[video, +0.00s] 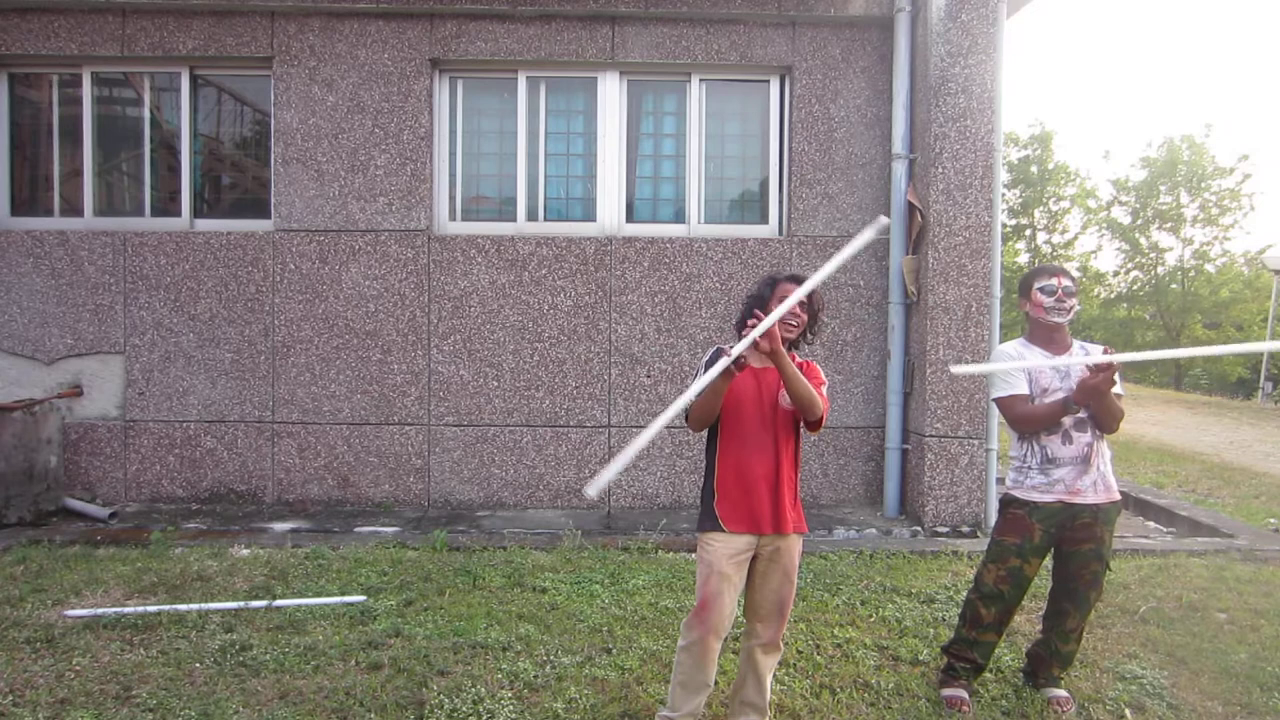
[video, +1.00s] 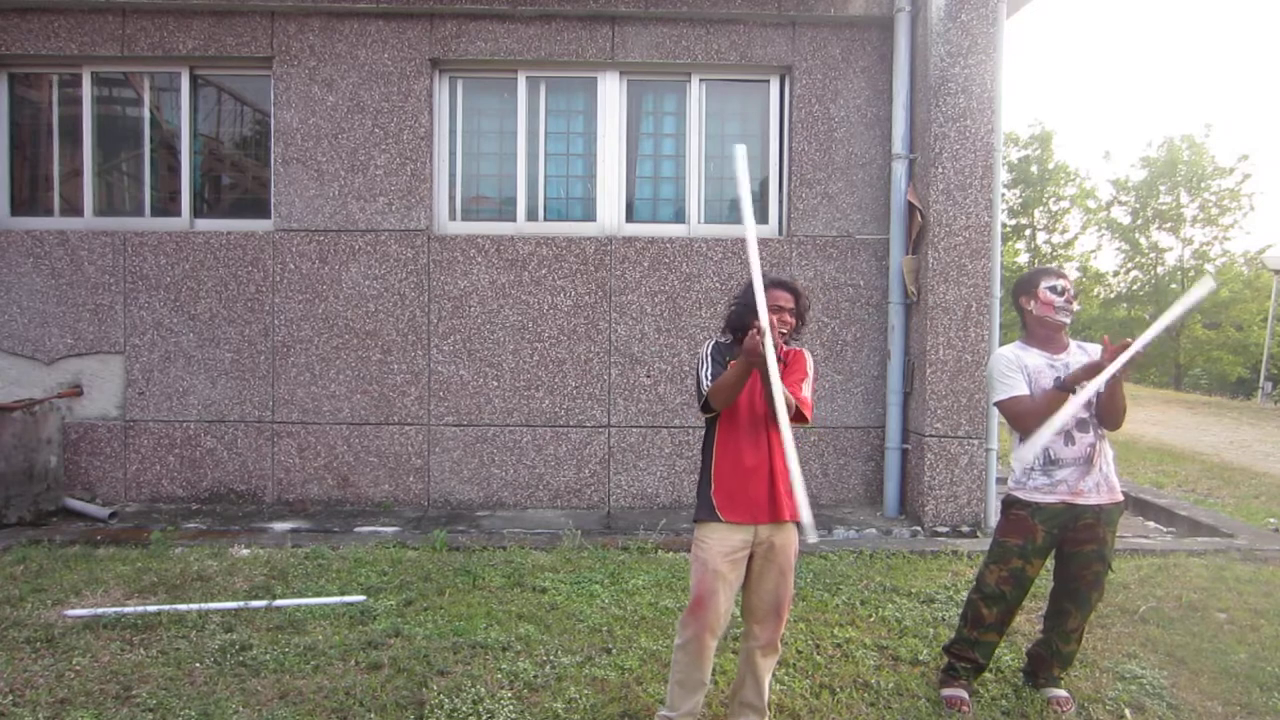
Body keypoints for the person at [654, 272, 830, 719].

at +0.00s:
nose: (794, 312)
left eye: (802, 308)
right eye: (785, 303)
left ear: (808, 320)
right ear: (759, 310)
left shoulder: (807, 369)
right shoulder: (723, 360)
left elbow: (814, 414)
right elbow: (696, 421)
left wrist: (779, 354)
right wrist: (728, 370)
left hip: (784, 520)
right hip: (726, 519)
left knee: (767, 636)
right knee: (708, 622)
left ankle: (749, 714)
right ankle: (678, 713)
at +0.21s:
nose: (801, 319)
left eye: (808, 313)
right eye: (792, 308)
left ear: (812, 325)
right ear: (761, 314)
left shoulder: (806, 368)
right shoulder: (724, 357)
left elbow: (806, 422)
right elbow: (697, 417)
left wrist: (765, 363)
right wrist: (729, 371)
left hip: (783, 519)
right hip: (726, 518)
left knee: (767, 635)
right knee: (708, 622)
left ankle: (749, 714)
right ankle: (678, 713)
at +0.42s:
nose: (802, 326)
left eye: (810, 320)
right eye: (794, 314)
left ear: (814, 329)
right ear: (766, 313)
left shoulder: (807, 369)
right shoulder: (727, 353)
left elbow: (795, 433)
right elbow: (701, 414)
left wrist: (761, 386)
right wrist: (728, 364)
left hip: (781, 517)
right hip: (724, 515)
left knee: (767, 633)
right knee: (708, 619)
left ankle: (749, 714)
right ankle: (679, 713)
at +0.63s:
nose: (795, 318)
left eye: (802, 313)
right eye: (786, 308)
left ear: (807, 322)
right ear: (760, 310)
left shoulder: (806, 365)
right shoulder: (726, 354)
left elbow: (794, 430)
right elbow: (706, 410)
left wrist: (767, 395)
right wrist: (737, 363)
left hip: (780, 515)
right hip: (722, 512)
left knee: (766, 633)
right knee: (704, 618)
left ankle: (749, 714)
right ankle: (677, 713)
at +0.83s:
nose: (779, 315)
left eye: (787, 308)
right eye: (770, 305)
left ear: (794, 319)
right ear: (748, 310)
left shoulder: (800, 358)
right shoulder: (720, 350)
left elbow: (791, 418)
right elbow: (712, 403)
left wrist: (760, 377)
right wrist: (740, 361)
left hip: (780, 516)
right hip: (722, 514)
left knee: (767, 632)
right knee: (704, 619)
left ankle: (749, 714)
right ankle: (678, 713)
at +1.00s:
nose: (782, 319)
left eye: (789, 313)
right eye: (773, 310)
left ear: (795, 322)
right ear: (750, 312)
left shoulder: (797, 358)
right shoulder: (720, 351)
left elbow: (790, 409)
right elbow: (712, 403)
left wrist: (766, 365)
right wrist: (745, 360)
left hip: (779, 515)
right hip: (722, 514)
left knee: (766, 632)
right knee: (703, 618)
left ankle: (749, 714)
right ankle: (678, 713)